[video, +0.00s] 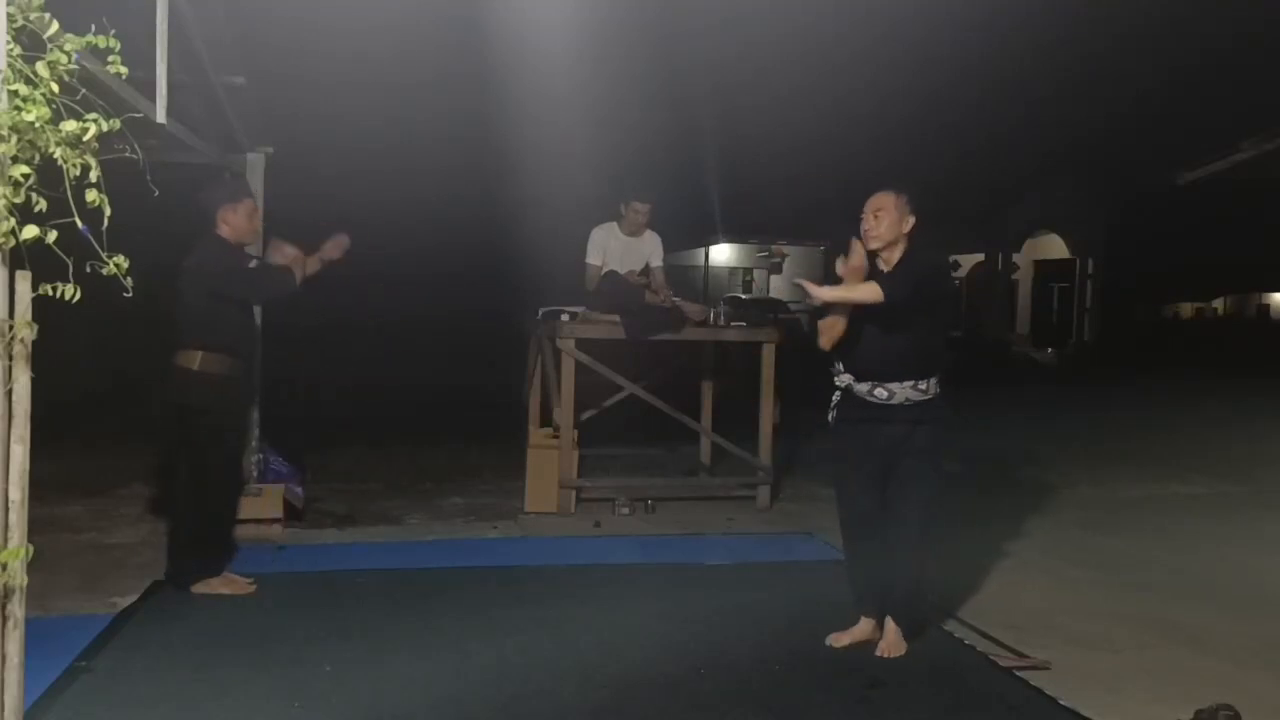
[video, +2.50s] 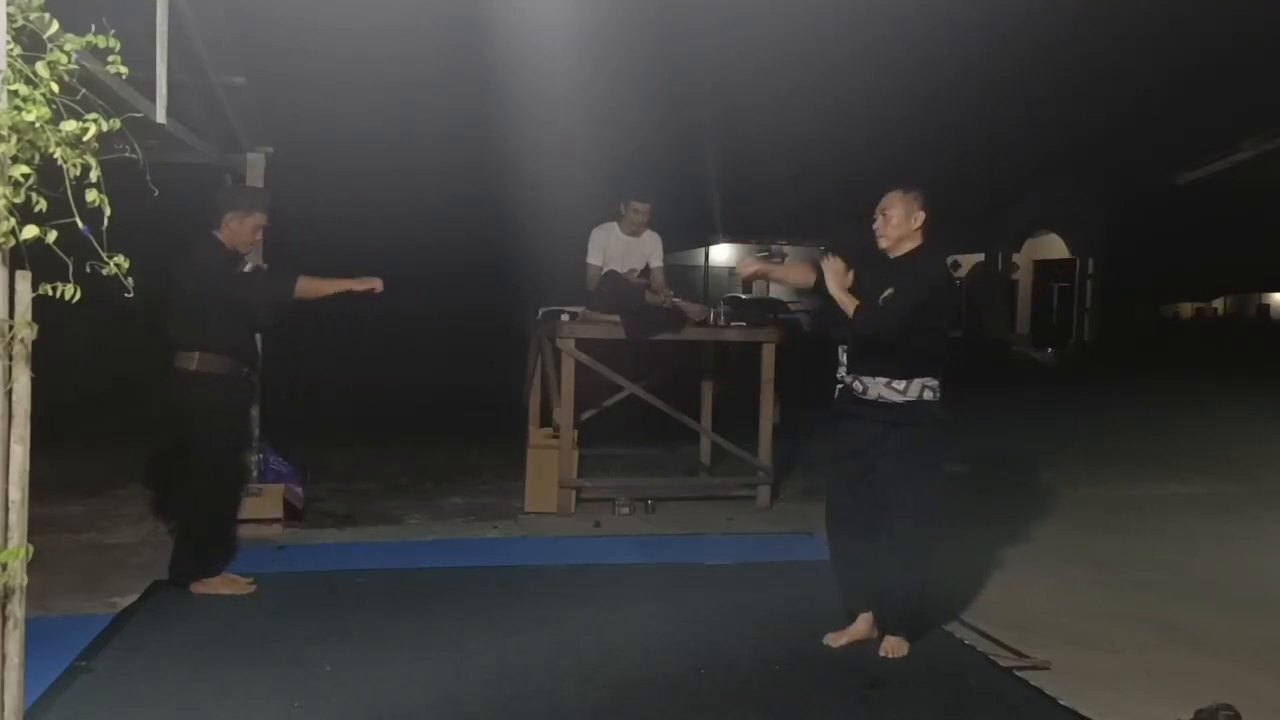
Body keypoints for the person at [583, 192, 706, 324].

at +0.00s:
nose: (640, 219)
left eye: (645, 214)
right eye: (635, 212)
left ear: (650, 215)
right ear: (623, 209)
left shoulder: (653, 240)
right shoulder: (601, 234)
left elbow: (659, 282)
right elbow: (591, 285)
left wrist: (664, 293)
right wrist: (622, 281)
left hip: (635, 300)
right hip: (602, 300)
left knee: (674, 316)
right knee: (611, 278)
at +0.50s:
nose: (640, 219)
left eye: (645, 214)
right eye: (635, 213)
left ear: (650, 215)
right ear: (623, 210)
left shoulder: (653, 240)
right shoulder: (601, 234)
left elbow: (659, 282)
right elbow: (591, 285)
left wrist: (665, 296)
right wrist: (623, 281)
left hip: (636, 301)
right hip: (602, 300)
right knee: (611, 278)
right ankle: (661, 304)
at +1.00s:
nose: (641, 219)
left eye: (645, 214)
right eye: (636, 212)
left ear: (650, 214)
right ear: (623, 209)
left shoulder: (653, 240)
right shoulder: (601, 234)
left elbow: (659, 283)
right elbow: (591, 285)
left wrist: (665, 297)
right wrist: (623, 280)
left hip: (635, 298)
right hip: (601, 299)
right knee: (611, 278)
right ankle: (677, 310)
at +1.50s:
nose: (641, 219)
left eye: (646, 214)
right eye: (636, 212)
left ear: (650, 214)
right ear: (623, 210)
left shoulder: (653, 239)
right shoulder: (601, 234)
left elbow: (658, 282)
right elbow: (591, 284)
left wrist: (664, 295)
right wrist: (623, 281)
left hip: (636, 300)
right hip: (603, 299)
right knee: (610, 278)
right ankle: (676, 308)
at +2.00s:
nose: (641, 218)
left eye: (645, 213)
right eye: (636, 212)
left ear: (650, 213)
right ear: (623, 208)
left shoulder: (653, 239)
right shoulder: (601, 234)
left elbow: (658, 283)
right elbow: (592, 285)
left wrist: (665, 294)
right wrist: (622, 281)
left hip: (637, 301)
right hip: (603, 301)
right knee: (611, 278)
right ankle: (676, 310)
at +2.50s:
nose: (641, 219)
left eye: (645, 214)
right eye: (635, 212)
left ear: (650, 214)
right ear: (623, 209)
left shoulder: (653, 240)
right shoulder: (601, 234)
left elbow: (658, 282)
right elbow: (592, 285)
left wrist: (664, 294)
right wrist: (622, 280)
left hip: (635, 298)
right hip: (602, 300)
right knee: (611, 278)